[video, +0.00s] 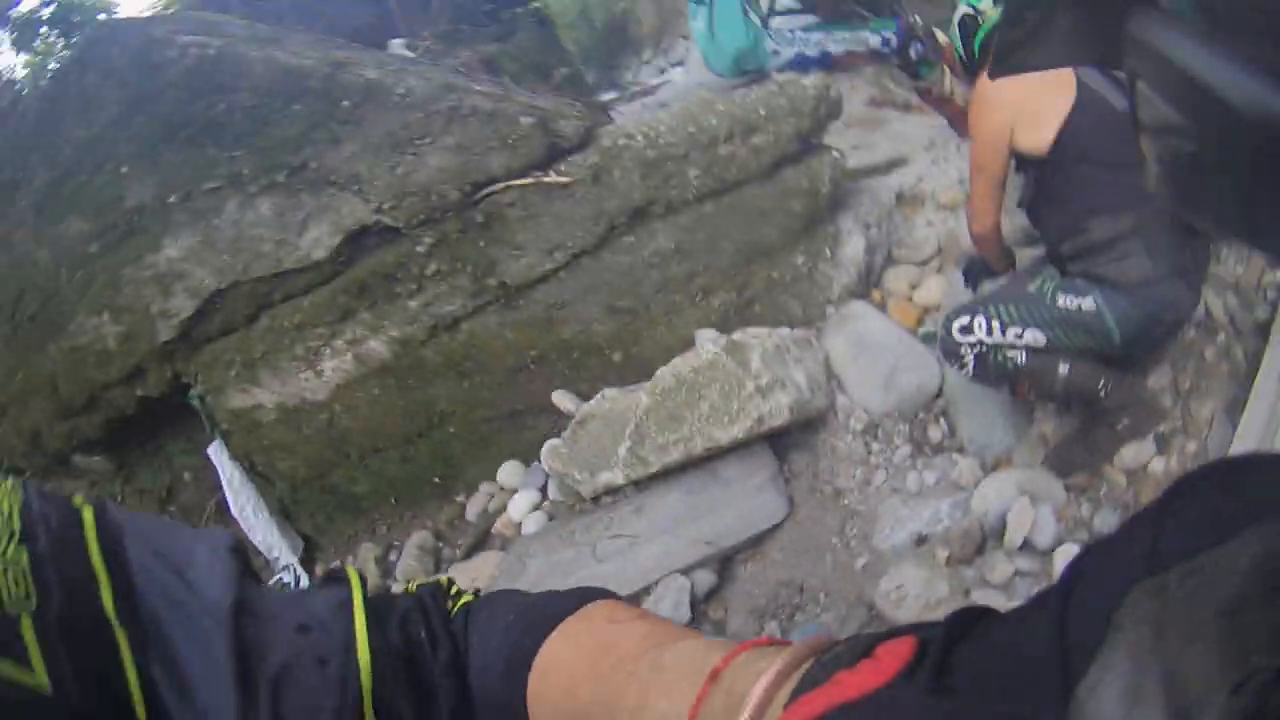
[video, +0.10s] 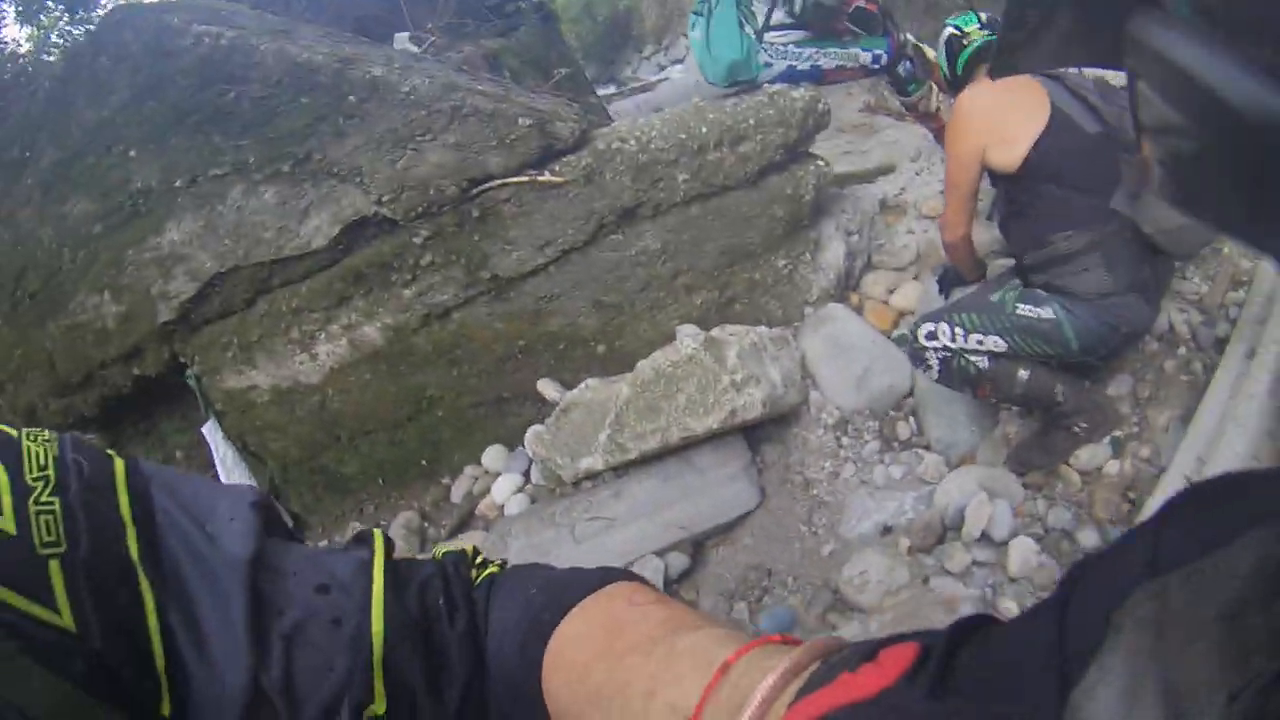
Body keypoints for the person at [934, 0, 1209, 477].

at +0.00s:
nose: (954, 73)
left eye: (953, 57)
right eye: (950, 58)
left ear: (972, 46)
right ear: (1021, 31)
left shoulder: (996, 94)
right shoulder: (1094, 78)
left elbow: (983, 226)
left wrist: (1003, 271)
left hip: (1124, 299)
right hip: (1177, 279)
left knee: (960, 336)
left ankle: (1117, 400)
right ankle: (1126, 355)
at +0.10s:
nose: (939, 90)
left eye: (936, 79)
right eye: (937, 81)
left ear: (947, 74)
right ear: (999, 51)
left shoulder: (974, 107)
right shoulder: (1057, 87)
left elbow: (954, 234)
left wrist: (975, 281)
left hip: (1093, 308)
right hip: (1141, 282)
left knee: (927, 340)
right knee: (955, 287)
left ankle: (1078, 410)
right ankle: (1080, 359)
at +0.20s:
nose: (887, 59)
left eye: (887, 49)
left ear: (899, 44)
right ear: (954, 28)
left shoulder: (907, 79)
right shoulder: (988, 61)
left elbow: (888, 200)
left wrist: (910, 244)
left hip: (1020, 274)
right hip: (1068, 252)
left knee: (859, 302)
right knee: (891, 252)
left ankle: (1005, 372)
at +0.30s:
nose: (859, 99)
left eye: (860, 88)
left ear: (869, 83)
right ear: (931, 73)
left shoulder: (877, 120)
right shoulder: (971, 112)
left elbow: (851, 237)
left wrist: (876, 289)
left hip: (963, 318)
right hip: (1017, 303)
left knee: (815, 339)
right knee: (852, 289)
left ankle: (952, 409)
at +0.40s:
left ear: (843, 137)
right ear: (901, 129)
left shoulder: (840, 172)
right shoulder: (934, 166)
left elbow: (815, 281)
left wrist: (838, 334)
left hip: (910, 360)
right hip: (967, 343)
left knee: (771, 381)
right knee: (815, 332)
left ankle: (900, 444)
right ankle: (918, 404)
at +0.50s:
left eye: (750, 121)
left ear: (763, 122)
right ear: (817, 117)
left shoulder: (750, 157)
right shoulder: (848, 149)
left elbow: (730, 259)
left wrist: (755, 309)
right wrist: (927, 280)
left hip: (820, 336)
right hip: (878, 320)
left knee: (687, 364)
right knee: (736, 312)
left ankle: (813, 414)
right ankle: (832, 377)